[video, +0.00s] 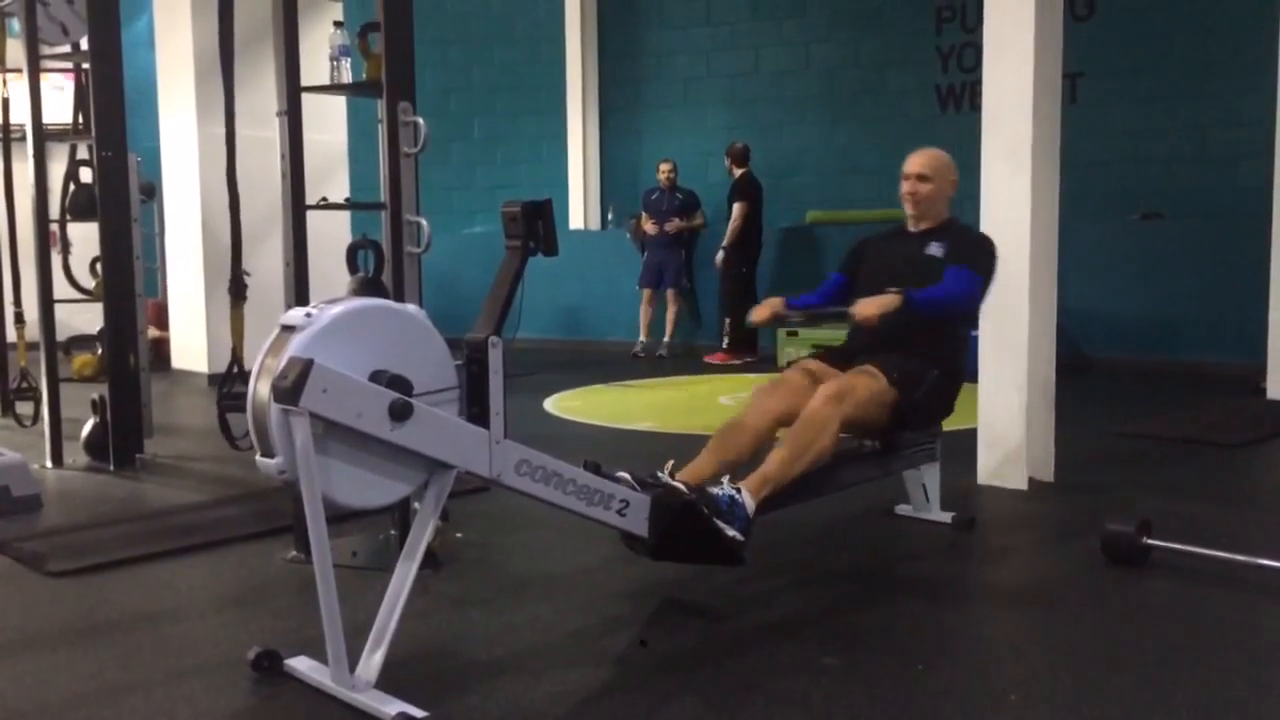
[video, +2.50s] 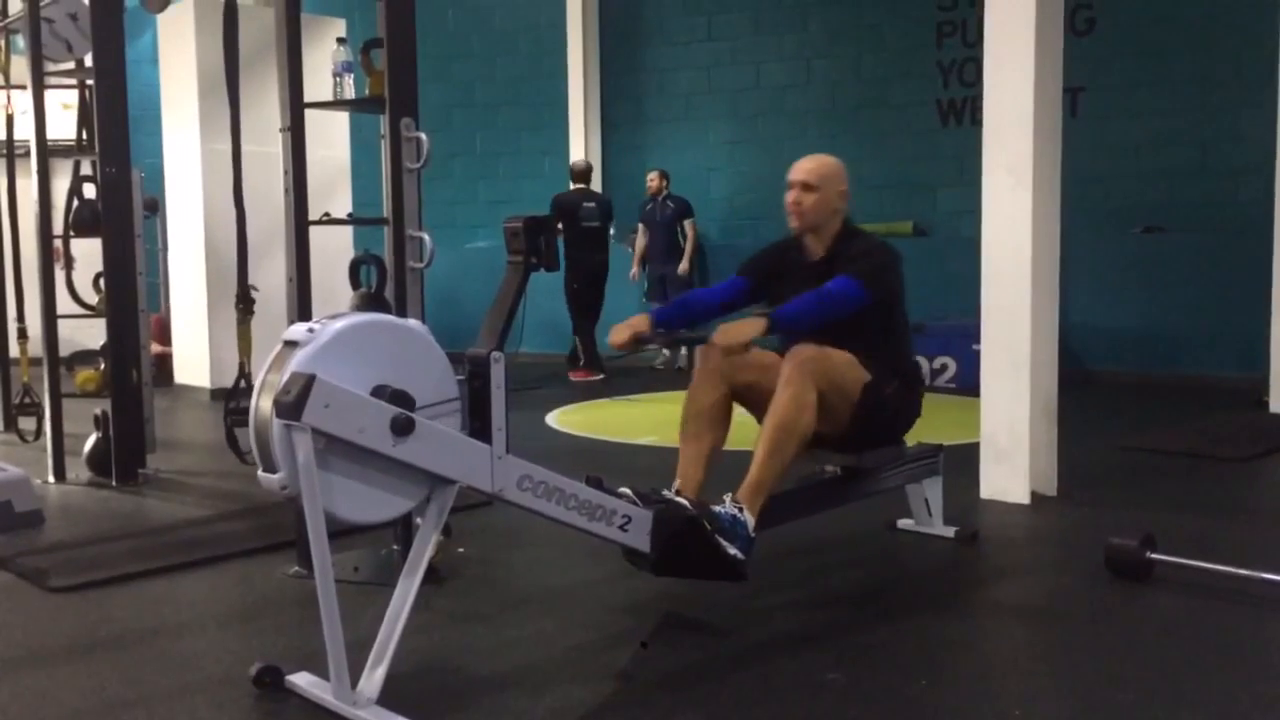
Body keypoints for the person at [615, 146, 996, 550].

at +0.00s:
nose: (910, 188)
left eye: (923, 180)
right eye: (905, 179)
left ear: (951, 188)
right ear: (900, 186)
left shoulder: (972, 244)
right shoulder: (873, 247)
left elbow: (957, 295)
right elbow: (830, 297)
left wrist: (898, 299)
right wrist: (785, 304)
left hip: (923, 364)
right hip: (858, 356)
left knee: (832, 397)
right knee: (776, 391)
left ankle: (744, 501)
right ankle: (679, 484)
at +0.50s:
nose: (864, 197)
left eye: (876, 187)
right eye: (858, 188)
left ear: (907, 188)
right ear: (852, 192)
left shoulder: (943, 248)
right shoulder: (842, 251)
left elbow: (946, 321)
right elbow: (802, 307)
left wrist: (879, 318)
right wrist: (764, 319)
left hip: (915, 379)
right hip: (845, 371)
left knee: (828, 388)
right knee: (760, 380)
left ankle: (746, 509)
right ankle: (687, 493)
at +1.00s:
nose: (759, 205)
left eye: (773, 196)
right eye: (756, 195)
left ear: (807, 206)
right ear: (751, 200)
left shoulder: (840, 258)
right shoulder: (751, 258)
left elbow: (800, 306)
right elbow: (693, 298)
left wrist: (723, 326)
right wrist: (610, 323)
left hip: (865, 410)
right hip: (793, 412)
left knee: (795, 345)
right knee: (698, 349)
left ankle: (740, 507)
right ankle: (680, 490)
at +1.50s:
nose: (941, 223)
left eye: (954, 216)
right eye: (937, 215)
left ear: (981, 223)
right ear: (930, 220)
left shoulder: (1000, 279)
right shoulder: (908, 274)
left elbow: (1028, 335)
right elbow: (866, 340)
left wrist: (966, 308)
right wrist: (841, 323)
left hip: (928, 377)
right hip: (869, 366)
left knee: (841, 426)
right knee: (801, 410)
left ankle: (749, 508)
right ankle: (688, 494)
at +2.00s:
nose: (829, 203)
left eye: (842, 191)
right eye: (823, 192)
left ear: (873, 191)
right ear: (817, 196)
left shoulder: (909, 253)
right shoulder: (812, 254)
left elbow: (902, 324)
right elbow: (761, 316)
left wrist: (830, 346)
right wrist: (716, 338)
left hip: (903, 396)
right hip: (832, 390)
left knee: (819, 380)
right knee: (738, 376)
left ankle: (746, 512)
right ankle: (687, 496)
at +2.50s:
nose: (792, 199)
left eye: (806, 190)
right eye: (789, 189)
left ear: (839, 200)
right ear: (784, 195)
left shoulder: (874, 257)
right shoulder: (781, 257)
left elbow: (830, 301)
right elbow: (717, 299)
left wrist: (765, 322)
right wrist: (651, 319)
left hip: (880, 407)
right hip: (807, 406)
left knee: (804, 359)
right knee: (714, 357)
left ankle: (742, 515)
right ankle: (683, 499)